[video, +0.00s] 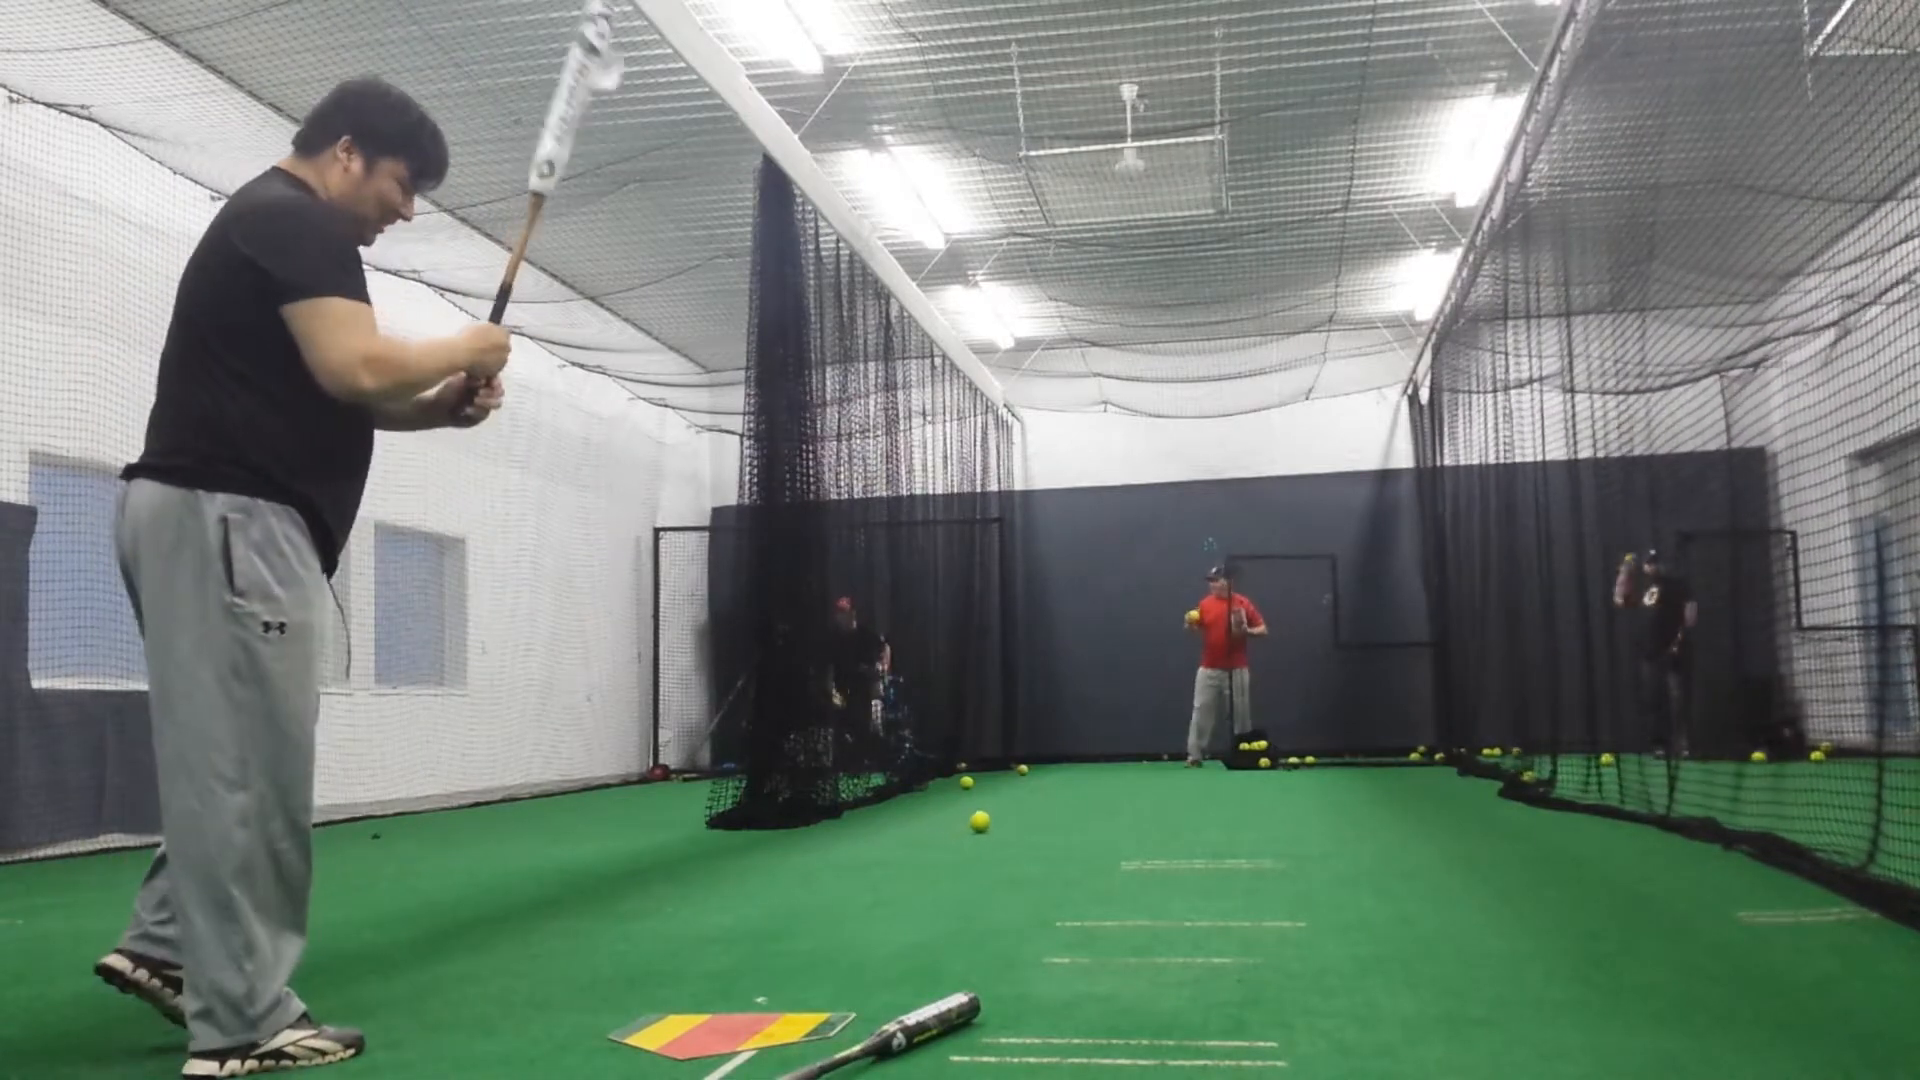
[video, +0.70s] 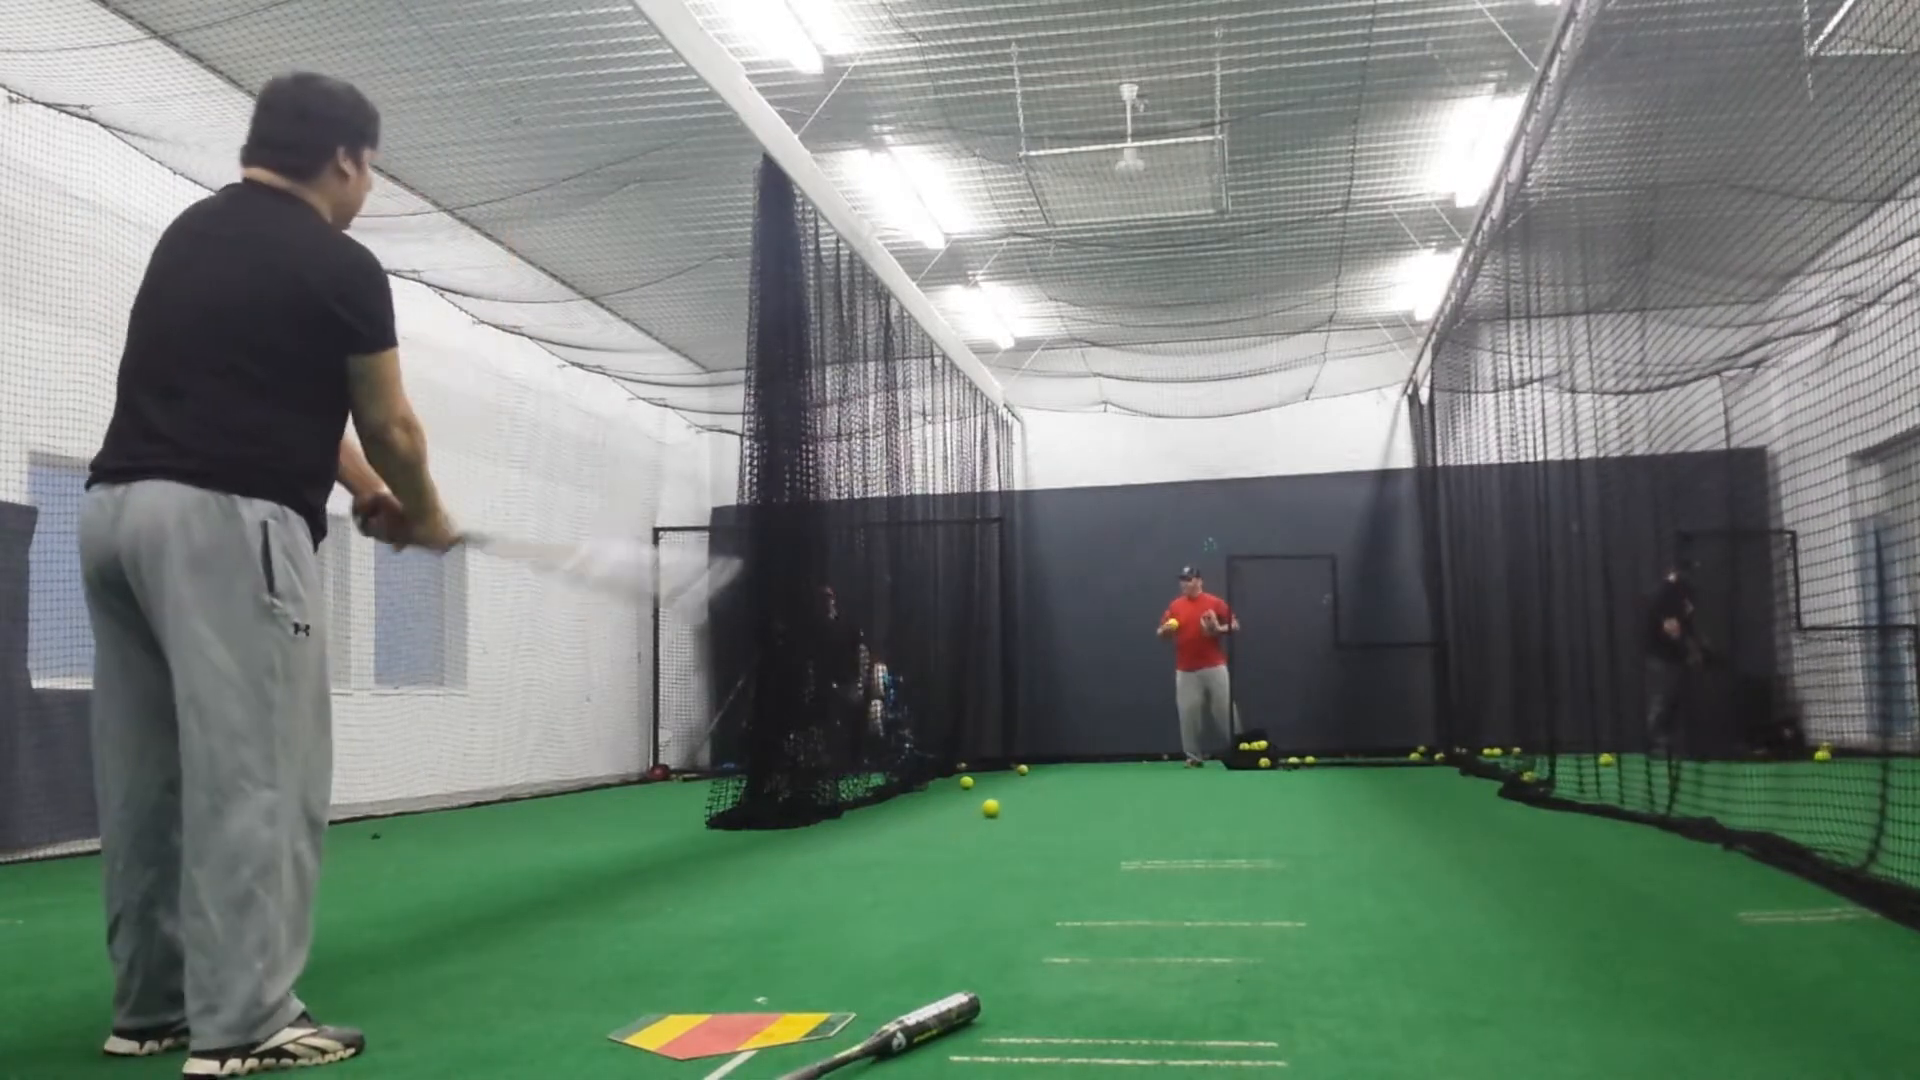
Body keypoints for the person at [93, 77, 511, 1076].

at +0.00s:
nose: (404, 212)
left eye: (413, 195)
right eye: (401, 186)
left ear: (339, 161)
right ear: (347, 153)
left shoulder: (284, 225)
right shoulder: (294, 218)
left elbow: (333, 395)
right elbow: (357, 367)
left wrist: (444, 407)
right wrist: (462, 350)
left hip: (219, 515)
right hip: (228, 519)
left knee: (239, 756)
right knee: (249, 773)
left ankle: (163, 942)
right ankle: (242, 1025)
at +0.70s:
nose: (370, 188)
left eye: (371, 169)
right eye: (369, 167)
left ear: (263, 152)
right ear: (341, 160)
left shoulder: (195, 228)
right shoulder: (339, 262)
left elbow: (249, 387)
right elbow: (392, 427)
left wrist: (360, 480)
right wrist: (429, 513)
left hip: (117, 511)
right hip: (226, 520)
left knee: (143, 771)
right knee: (257, 771)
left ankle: (148, 1009)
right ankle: (242, 1020)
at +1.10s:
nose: (313, 189)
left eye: (312, 169)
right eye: (309, 169)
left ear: (207, 162)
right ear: (281, 163)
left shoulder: (169, 244)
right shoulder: (277, 254)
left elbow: (200, 404)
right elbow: (323, 415)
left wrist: (298, 499)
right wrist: (361, 518)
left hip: (97, 516)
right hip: (188, 517)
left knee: (133, 767)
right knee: (240, 760)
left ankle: (151, 1005)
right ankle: (248, 1006)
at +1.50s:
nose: (262, 185)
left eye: (258, 168)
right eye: (258, 167)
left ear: (162, 165)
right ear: (233, 160)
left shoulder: (146, 237)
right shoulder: (204, 226)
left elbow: (217, 418)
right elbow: (217, 343)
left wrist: (333, 418)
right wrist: (341, 387)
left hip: (106, 516)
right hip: (167, 518)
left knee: (142, 769)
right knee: (220, 758)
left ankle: (153, 1009)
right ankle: (237, 1004)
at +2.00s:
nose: (261, 165)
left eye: (254, 147)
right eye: (255, 146)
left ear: (160, 149)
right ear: (230, 142)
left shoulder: (157, 225)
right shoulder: (188, 217)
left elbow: (193, 400)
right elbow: (197, 334)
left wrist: (316, 440)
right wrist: (314, 377)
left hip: (139, 522)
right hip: (167, 526)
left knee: (165, 771)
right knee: (189, 772)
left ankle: (170, 1000)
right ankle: (162, 1020)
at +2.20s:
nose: (254, 149)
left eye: (248, 132)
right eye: (250, 131)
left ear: (151, 136)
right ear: (228, 129)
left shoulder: (131, 218)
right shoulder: (198, 210)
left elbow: (173, 359)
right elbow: (212, 331)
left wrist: (294, 366)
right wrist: (313, 387)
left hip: (128, 517)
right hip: (182, 526)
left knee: (167, 777)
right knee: (192, 784)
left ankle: (172, 998)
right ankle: (158, 1029)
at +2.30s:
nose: (253, 143)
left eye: (247, 125)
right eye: (249, 125)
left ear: (148, 130)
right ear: (228, 123)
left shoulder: (119, 220)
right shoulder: (211, 206)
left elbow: (148, 362)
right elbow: (232, 333)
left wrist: (283, 339)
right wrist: (324, 385)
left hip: (112, 514)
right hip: (186, 522)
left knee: (160, 774)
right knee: (194, 782)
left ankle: (172, 995)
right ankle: (157, 1032)